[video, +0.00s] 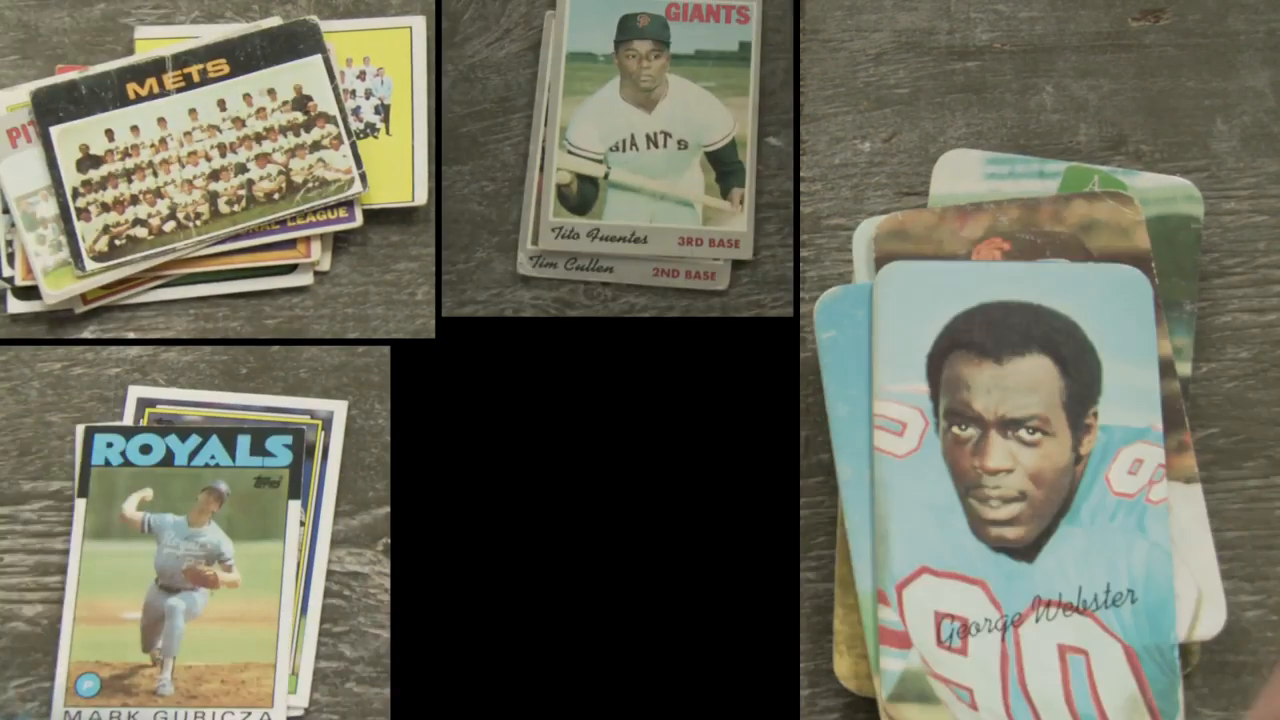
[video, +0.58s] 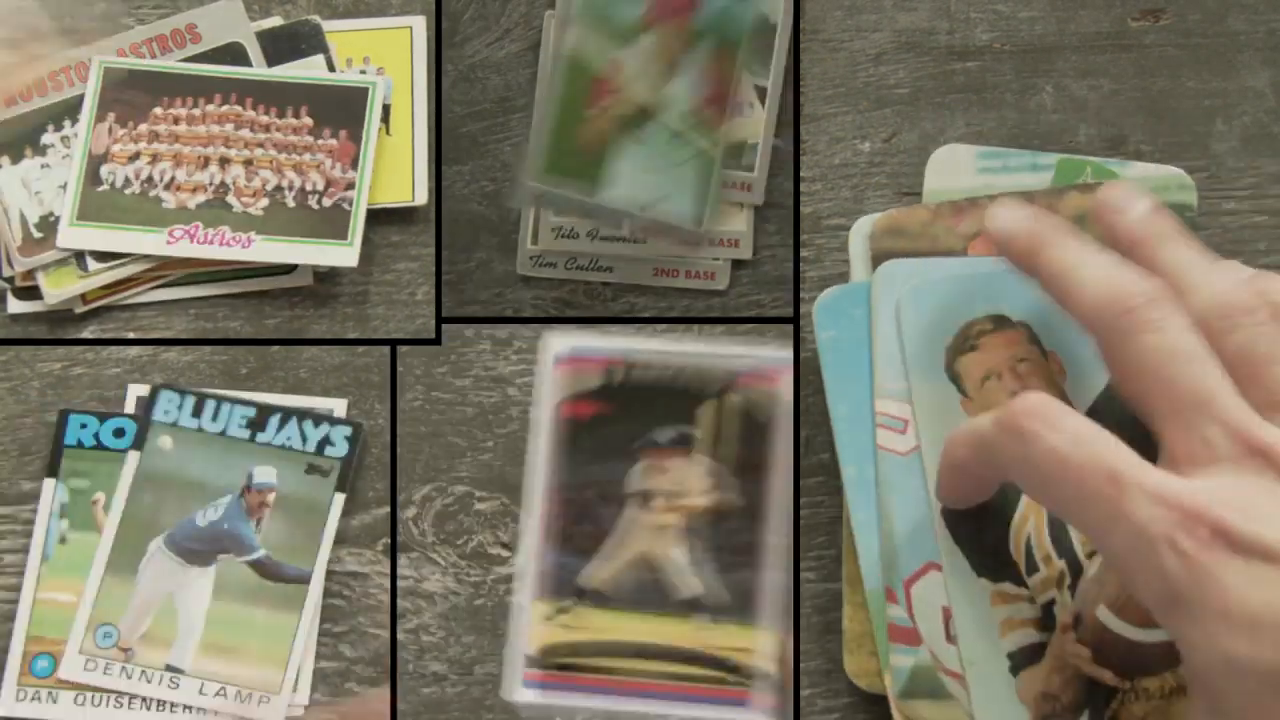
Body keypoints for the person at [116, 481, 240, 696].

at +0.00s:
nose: (211, 500)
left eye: (217, 499)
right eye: (209, 494)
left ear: (218, 507)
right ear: (199, 495)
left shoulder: (218, 539)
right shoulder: (167, 523)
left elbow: (235, 578)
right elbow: (127, 513)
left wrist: (215, 576)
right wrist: (139, 494)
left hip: (193, 592)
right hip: (160, 589)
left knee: (174, 605)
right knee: (147, 645)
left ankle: (166, 677)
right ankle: (159, 650)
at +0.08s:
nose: (209, 499)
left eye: (215, 498)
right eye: (208, 493)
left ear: (217, 507)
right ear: (199, 495)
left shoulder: (220, 539)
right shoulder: (170, 523)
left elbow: (235, 578)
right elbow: (128, 513)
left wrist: (214, 576)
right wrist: (140, 495)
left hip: (199, 609)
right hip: (165, 605)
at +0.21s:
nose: (129, 498)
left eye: (133, 494)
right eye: (125, 495)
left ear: (144, 495)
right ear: (122, 498)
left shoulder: (166, 510)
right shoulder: (127, 524)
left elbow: (194, 524)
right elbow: (110, 539)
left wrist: (209, 539)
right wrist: (97, 512)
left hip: (173, 568)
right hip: (146, 574)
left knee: (159, 598)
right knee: (147, 617)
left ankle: (141, 657)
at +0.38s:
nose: (129, 498)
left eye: (133, 494)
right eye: (126, 495)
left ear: (144, 495)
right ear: (122, 498)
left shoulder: (165, 510)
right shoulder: (127, 524)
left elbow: (194, 524)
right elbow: (111, 539)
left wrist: (209, 539)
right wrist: (97, 511)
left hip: (173, 568)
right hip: (146, 574)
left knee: (159, 598)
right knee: (146, 615)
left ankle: (141, 657)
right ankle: (156, 637)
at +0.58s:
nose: (266, 499)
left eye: (271, 492)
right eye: (260, 492)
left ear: (276, 493)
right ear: (246, 492)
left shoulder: (251, 508)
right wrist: (317, 577)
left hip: (200, 568)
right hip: (166, 558)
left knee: (191, 633)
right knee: (136, 620)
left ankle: (167, 691)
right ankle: (113, 669)